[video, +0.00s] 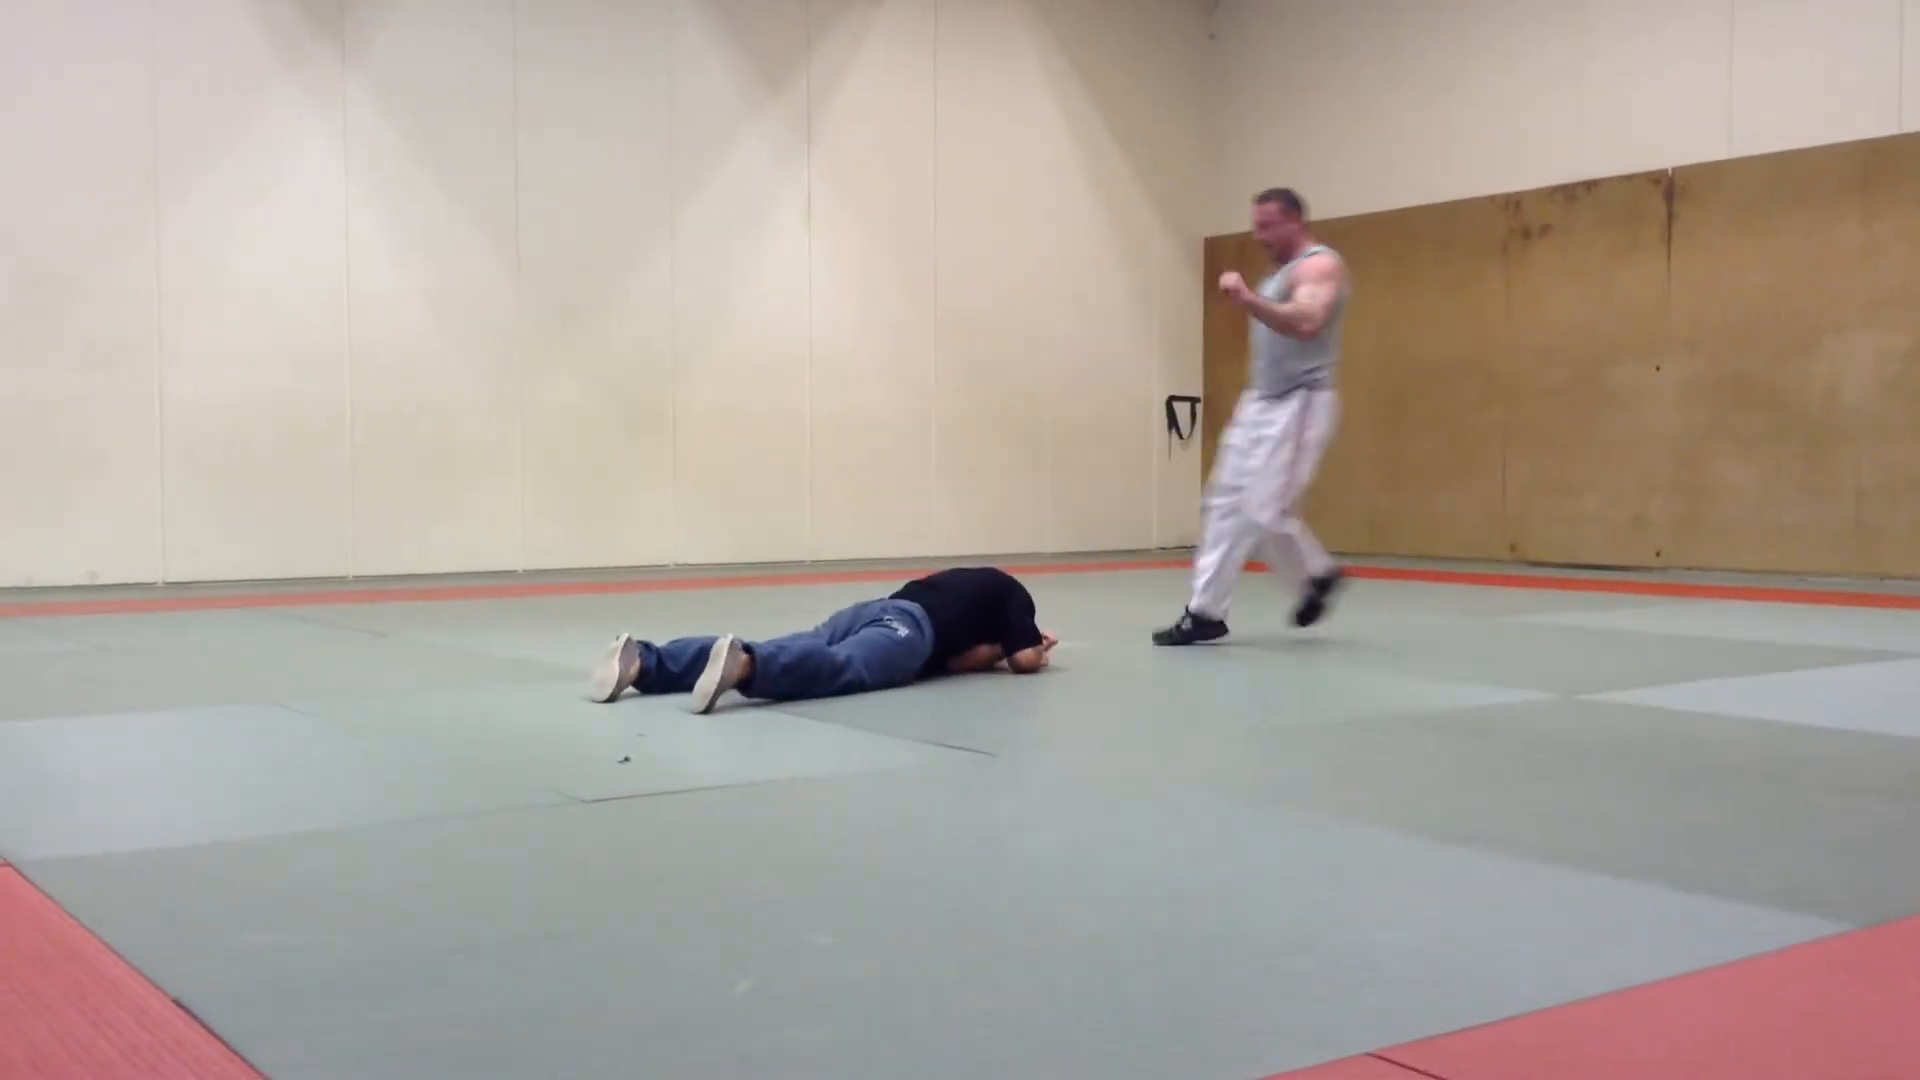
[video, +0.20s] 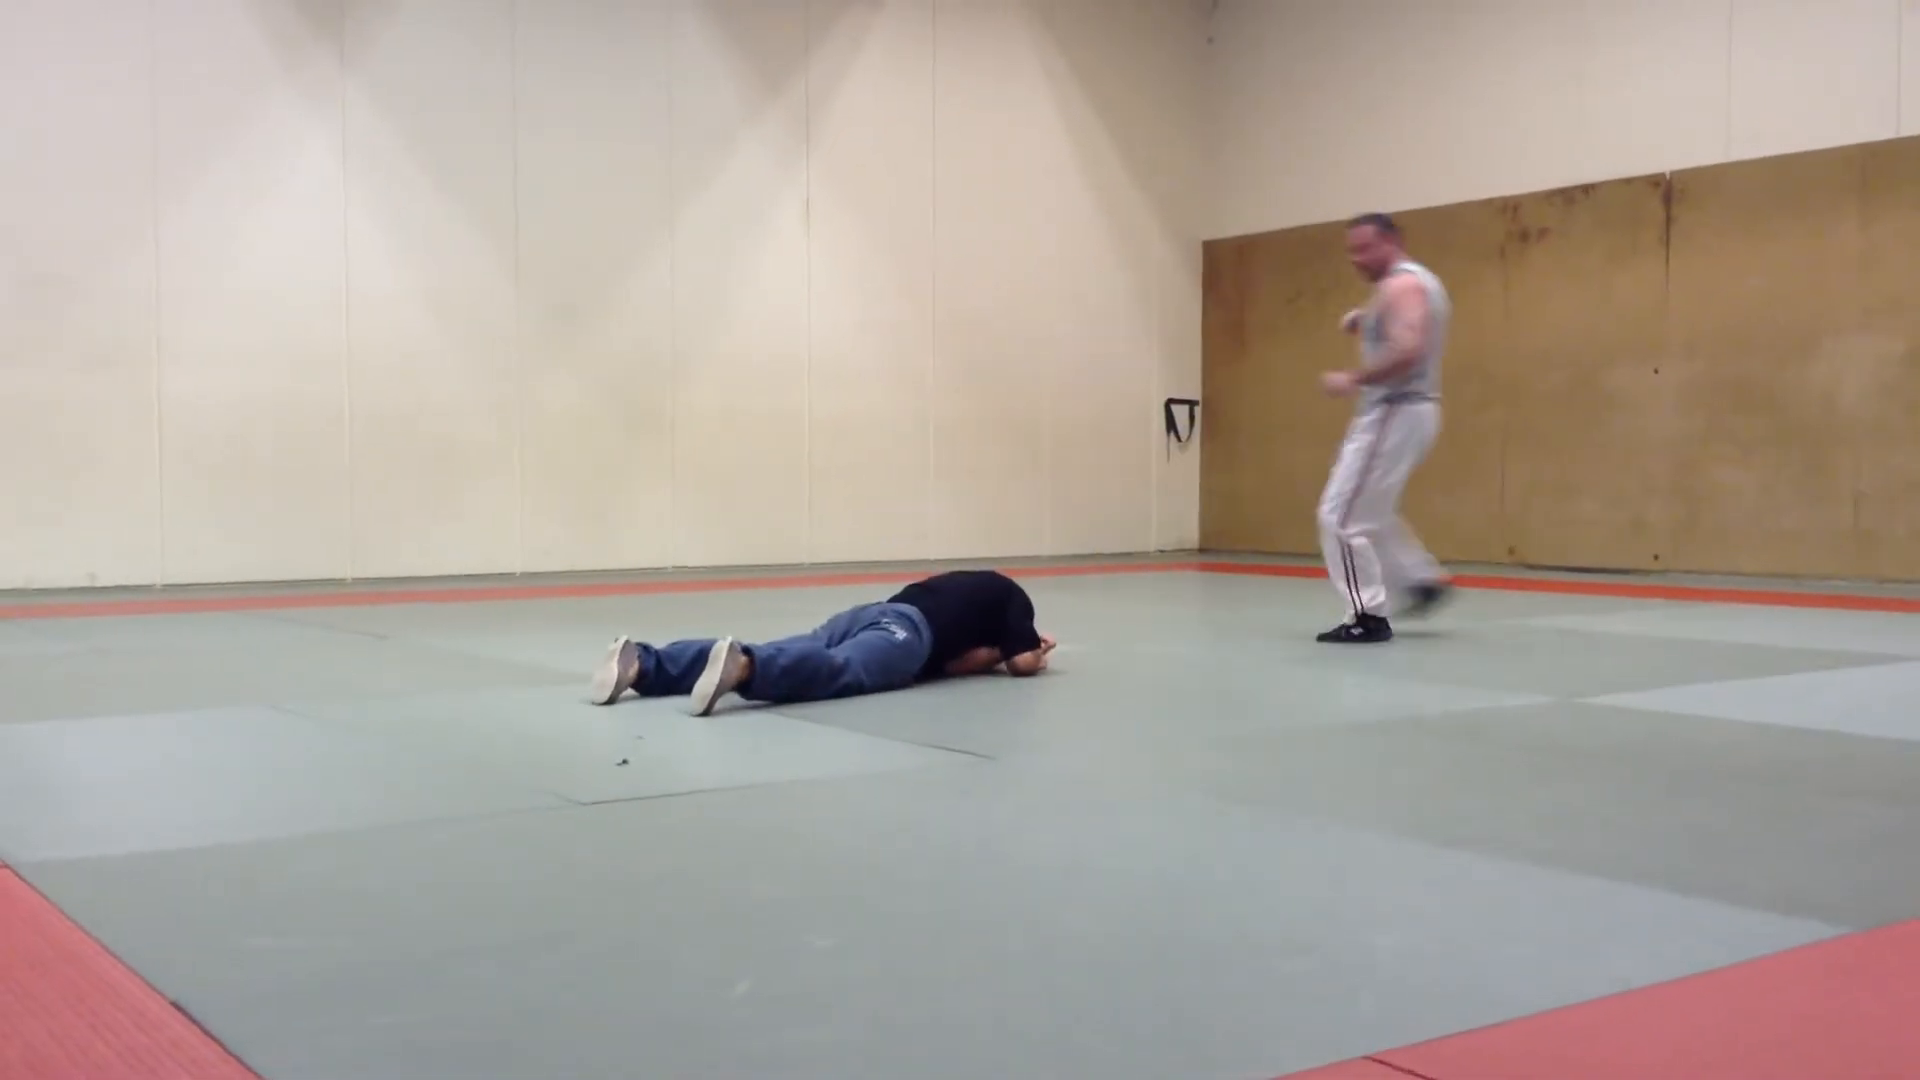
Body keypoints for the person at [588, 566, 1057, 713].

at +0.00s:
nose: (1028, 646)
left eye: (1024, 644)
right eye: (1028, 643)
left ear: (1007, 621)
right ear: (1026, 613)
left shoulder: (956, 589)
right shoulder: (1010, 594)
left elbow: (949, 660)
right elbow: (1023, 660)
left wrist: (1007, 651)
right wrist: (1040, 653)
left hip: (868, 612)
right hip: (910, 622)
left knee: (779, 650)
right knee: (842, 666)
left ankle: (644, 664)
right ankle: (748, 665)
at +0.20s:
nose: (1025, 646)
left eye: (1021, 644)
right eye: (1024, 644)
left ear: (991, 601)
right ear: (1019, 604)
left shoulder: (954, 593)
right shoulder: (1009, 597)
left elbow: (946, 664)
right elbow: (1021, 661)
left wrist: (1006, 653)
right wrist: (1036, 655)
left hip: (868, 615)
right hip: (909, 625)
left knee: (779, 653)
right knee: (841, 668)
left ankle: (643, 666)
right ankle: (747, 667)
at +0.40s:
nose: (1025, 649)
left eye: (1023, 645)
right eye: (1025, 645)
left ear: (987, 601)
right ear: (1018, 608)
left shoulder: (952, 596)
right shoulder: (1005, 599)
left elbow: (943, 665)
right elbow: (1016, 662)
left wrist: (1006, 654)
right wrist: (1030, 659)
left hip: (860, 617)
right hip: (902, 627)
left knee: (770, 653)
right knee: (836, 671)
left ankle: (637, 668)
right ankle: (742, 668)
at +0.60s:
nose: (1022, 647)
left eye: (1019, 644)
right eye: (1021, 644)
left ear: (983, 599)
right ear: (1014, 607)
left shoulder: (947, 596)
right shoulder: (1001, 598)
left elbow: (941, 665)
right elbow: (1015, 662)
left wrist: (1002, 653)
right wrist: (1030, 657)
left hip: (856, 617)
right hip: (898, 627)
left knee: (766, 652)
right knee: (834, 670)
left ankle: (635, 667)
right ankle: (739, 668)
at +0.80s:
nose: (1018, 650)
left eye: (1017, 647)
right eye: (1018, 646)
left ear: (999, 615)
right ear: (1016, 615)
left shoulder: (955, 593)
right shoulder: (998, 598)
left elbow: (943, 652)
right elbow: (965, 662)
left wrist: (1010, 650)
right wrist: (1008, 659)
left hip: (855, 615)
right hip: (894, 626)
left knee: (769, 651)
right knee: (828, 668)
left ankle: (631, 664)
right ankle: (735, 665)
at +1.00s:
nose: (1015, 642)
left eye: (1013, 638)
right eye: (1015, 637)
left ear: (977, 597)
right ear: (1005, 605)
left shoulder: (944, 593)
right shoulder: (990, 592)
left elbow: (930, 659)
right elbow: (993, 654)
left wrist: (999, 652)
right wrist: (1012, 657)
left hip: (854, 610)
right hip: (890, 626)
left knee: (763, 647)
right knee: (823, 665)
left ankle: (625, 660)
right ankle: (731, 661)